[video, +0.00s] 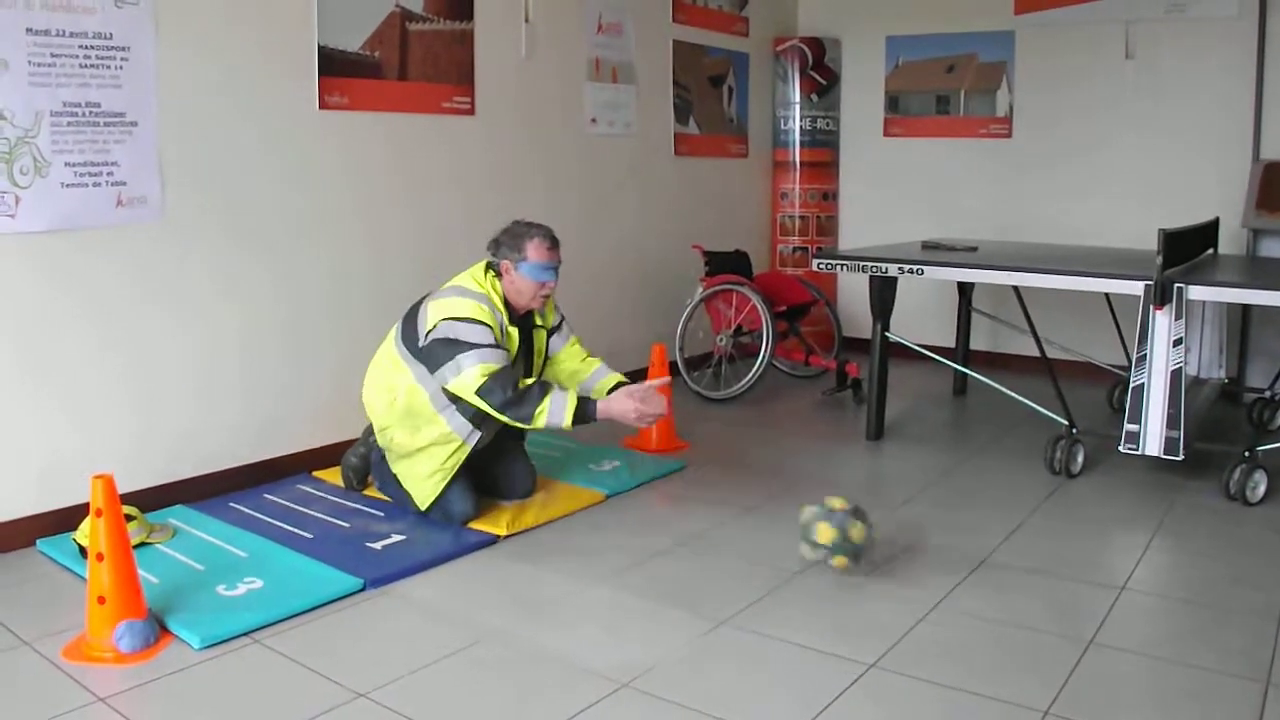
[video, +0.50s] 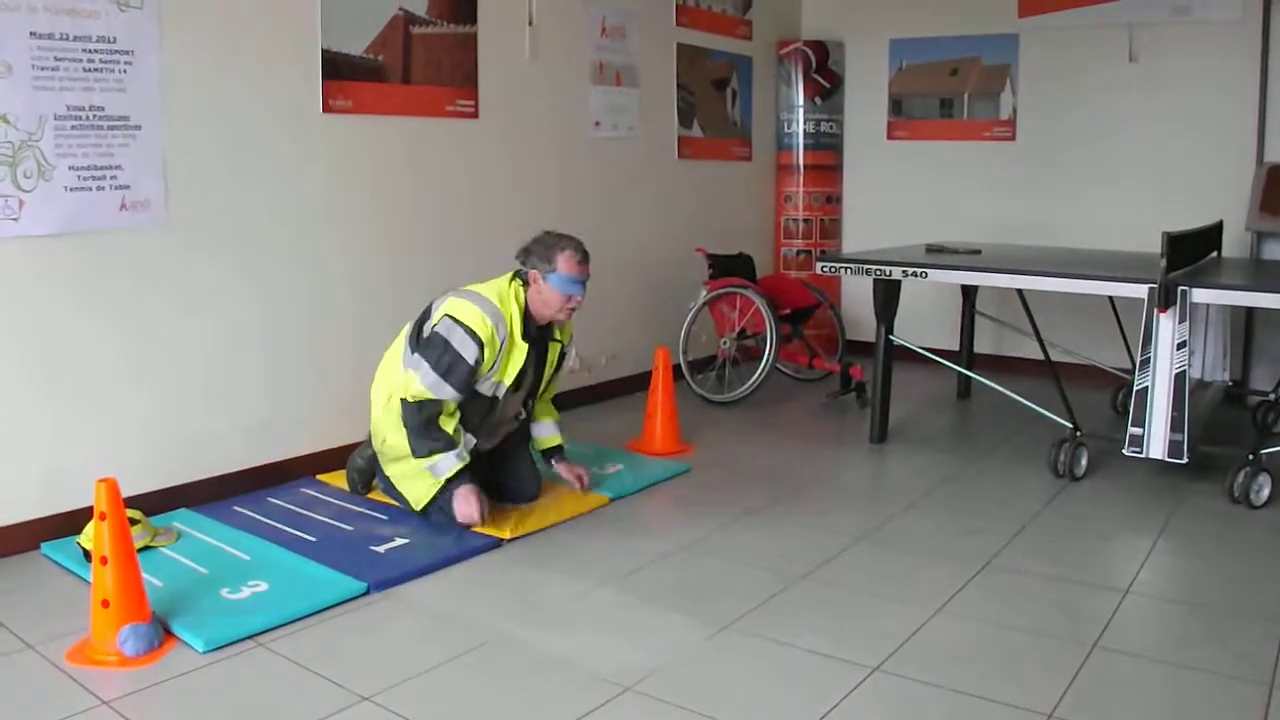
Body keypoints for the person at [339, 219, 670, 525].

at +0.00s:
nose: (550, 286)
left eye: (554, 274)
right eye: (541, 274)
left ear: (559, 272)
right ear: (505, 271)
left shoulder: (536, 305)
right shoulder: (462, 313)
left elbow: (570, 362)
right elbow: (504, 397)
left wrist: (622, 392)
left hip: (471, 405)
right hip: (410, 416)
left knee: (516, 485)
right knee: (456, 509)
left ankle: (432, 447)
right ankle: (377, 455)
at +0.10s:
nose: (556, 285)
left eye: (560, 274)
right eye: (547, 274)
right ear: (512, 269)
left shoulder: (540, 304)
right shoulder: (467, 311)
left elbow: (573, 364)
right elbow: (505, 399)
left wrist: (622, 391)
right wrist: (600, 414)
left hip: (471, 406)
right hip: (413, 415)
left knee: (518, 485)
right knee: (457, 509)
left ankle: (431, 448)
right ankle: (377, 454)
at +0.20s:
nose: (562, 286)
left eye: (566, 275)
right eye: (553, 275)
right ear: (518, 269)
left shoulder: (547, 307)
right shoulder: (468, 314)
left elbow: (566, 378)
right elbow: (493, 413)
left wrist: (609, 415)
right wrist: (581, 439)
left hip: (467, 412)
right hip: (413, 421)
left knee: (519, 485)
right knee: (457, 511)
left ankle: (427, 449)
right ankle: (378, 455)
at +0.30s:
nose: (569, 290)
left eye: (573, 279)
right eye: (560, 279)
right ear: (524, 272)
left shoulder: (551, 316)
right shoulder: (471, 317)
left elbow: (556, 388)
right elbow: (465, 419)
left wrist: (584, 444)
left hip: (473, 414)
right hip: (411, 421)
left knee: (520, 490)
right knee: (459, 510)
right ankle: (379, 456)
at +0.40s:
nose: (576, 296)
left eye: (580, 284)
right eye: (566, 284)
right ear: (532, 277)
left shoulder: (555, 326)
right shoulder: (472, 319)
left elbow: (545, 396)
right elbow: (441, 416)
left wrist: (562, 456)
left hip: (479, 411)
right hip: (409, 420)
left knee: (524, 488)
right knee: (461, 513)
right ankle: (383, 459)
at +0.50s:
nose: (578, 299)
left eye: (583, 288)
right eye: (569, 287)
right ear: (535, 280)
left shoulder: (557, 328)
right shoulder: (474, 320)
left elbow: (538, 398)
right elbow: (422, 410)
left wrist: (557, 458)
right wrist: (458, 484)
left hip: (482, 416)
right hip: (412, 424)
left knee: (523, 490)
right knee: (458, 514)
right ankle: (382, 460)